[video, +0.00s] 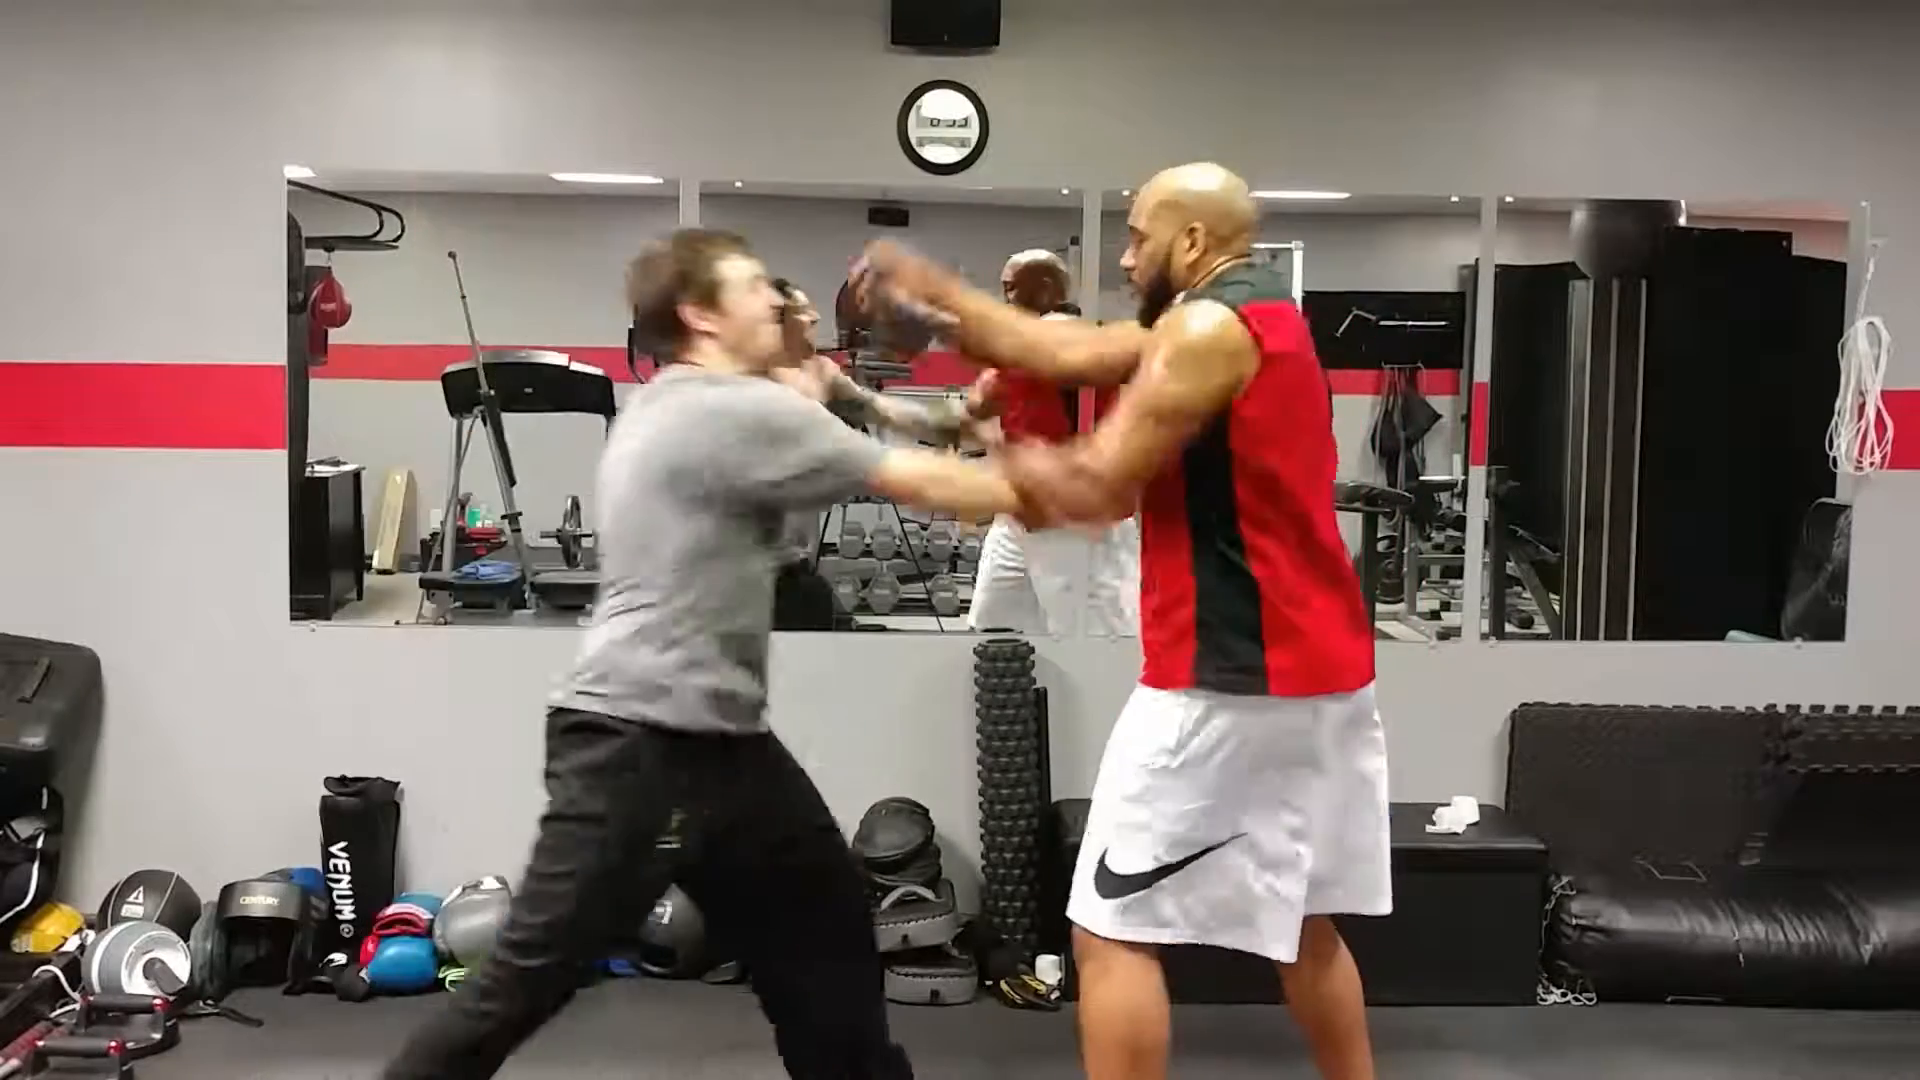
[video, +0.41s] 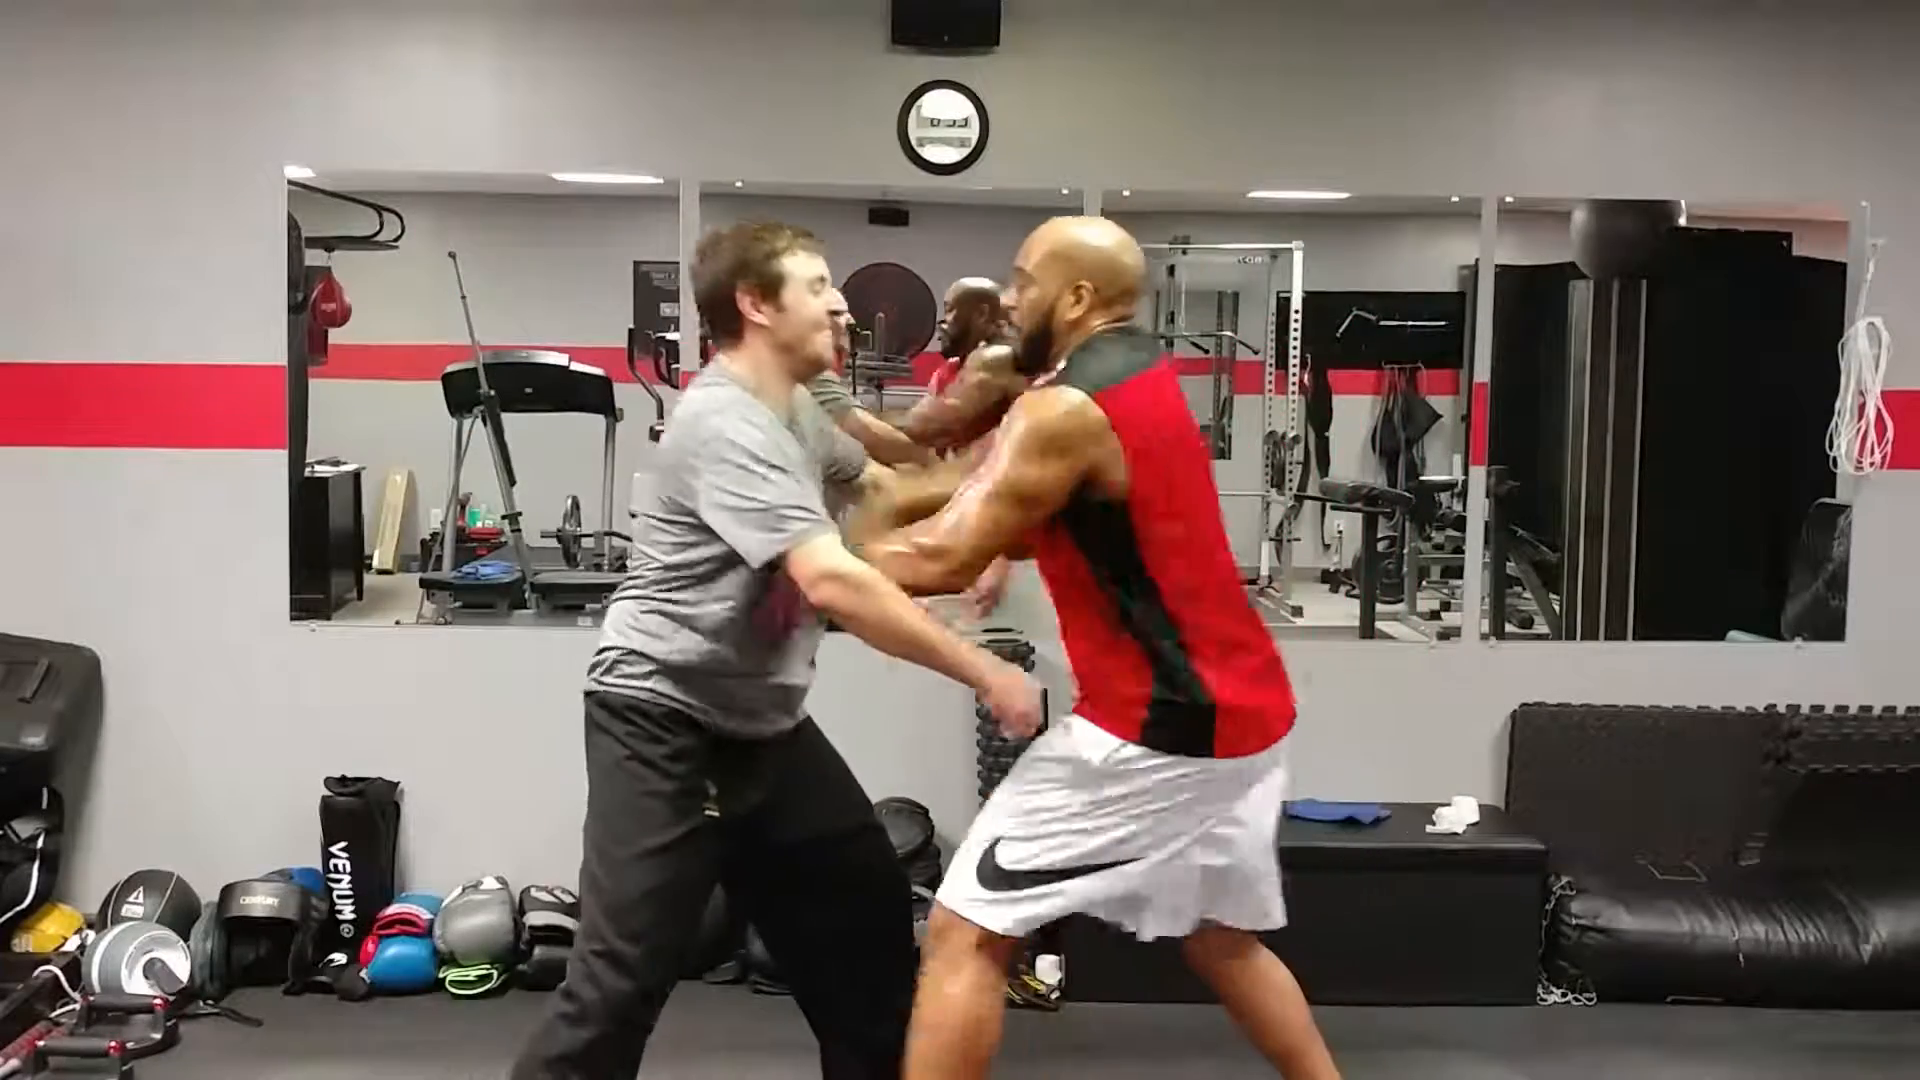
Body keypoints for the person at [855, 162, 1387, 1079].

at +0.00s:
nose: (1129, 258)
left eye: (1140, 238)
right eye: (1130, 238)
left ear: (1193, 240)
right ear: (1218, 242)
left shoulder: (1204, 331)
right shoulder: (1260, 319)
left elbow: (1095, 488)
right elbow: (1066, 347)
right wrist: (937, 291)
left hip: (1221, 674)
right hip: (1319, 666)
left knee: (1109, 926)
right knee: (1305, 924)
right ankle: (1354, 1076)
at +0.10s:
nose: (1098, 278)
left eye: (1108, 260)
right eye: (1100, 261)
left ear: (1158, 265)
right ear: (1185, 268)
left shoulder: (1191, 361)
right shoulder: (1222, 344)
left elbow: (1164, 539)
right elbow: (1043, 415)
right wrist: (886, 397)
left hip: (1226, 691)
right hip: (1325, 683)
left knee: (1080, 930)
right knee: (1293, 934)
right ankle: (1341, 1075)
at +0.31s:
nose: (1022, 310)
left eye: (1034, 293)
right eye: (1026, 292)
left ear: (1083, 305)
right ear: (1115, 305)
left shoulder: (1107, 411)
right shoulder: (1174, 382)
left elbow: (1117, 578)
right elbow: (1025, 535)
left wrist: (980, 641)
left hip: (1173, 721)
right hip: (1273, 708)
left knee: (1022, 942)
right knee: (1248, 946)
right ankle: (1323, 1073)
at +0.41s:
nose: (1010, 297)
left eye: (1023, 283)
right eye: (1015, 281)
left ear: (1074, 298)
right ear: (1101, 300)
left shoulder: (1062, 409)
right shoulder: (1140, 371)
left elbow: (949, 556)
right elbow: (1020, 501)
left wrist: (847, 563)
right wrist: (888, 513)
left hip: (1151, 723)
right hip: (1242, 708)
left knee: (963, 935)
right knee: (1218, 937)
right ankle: (1322, 1075)